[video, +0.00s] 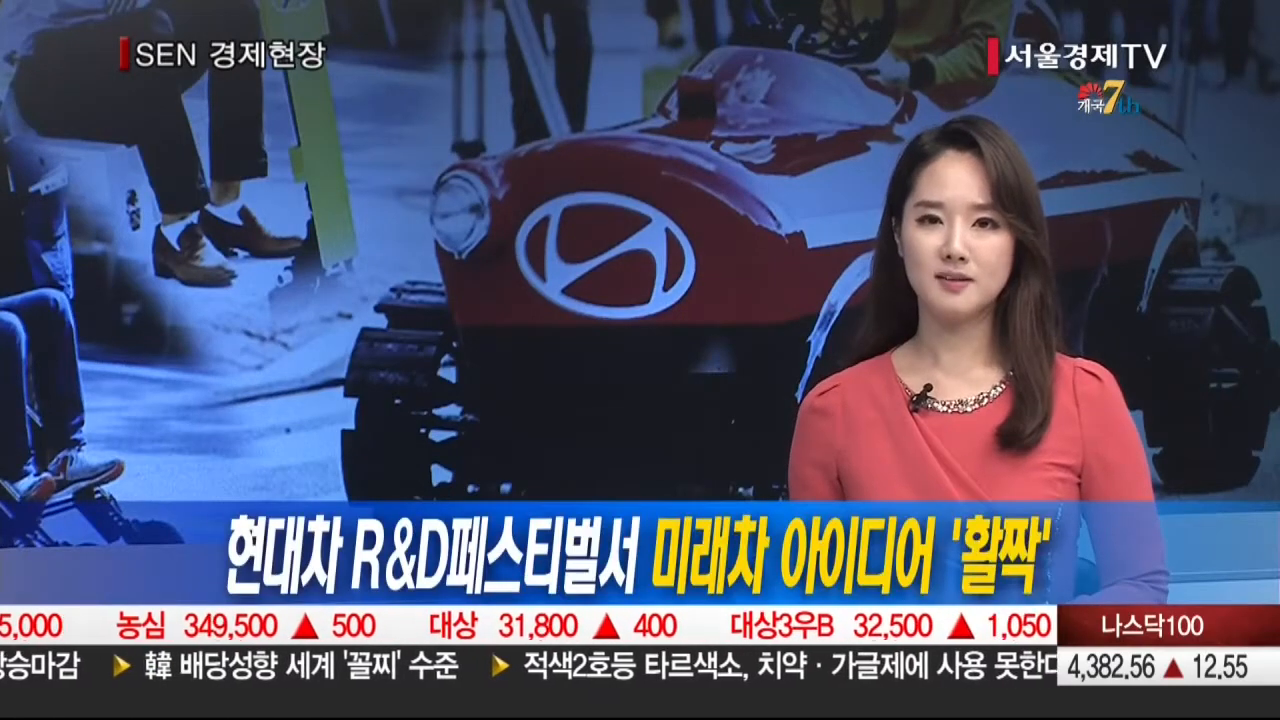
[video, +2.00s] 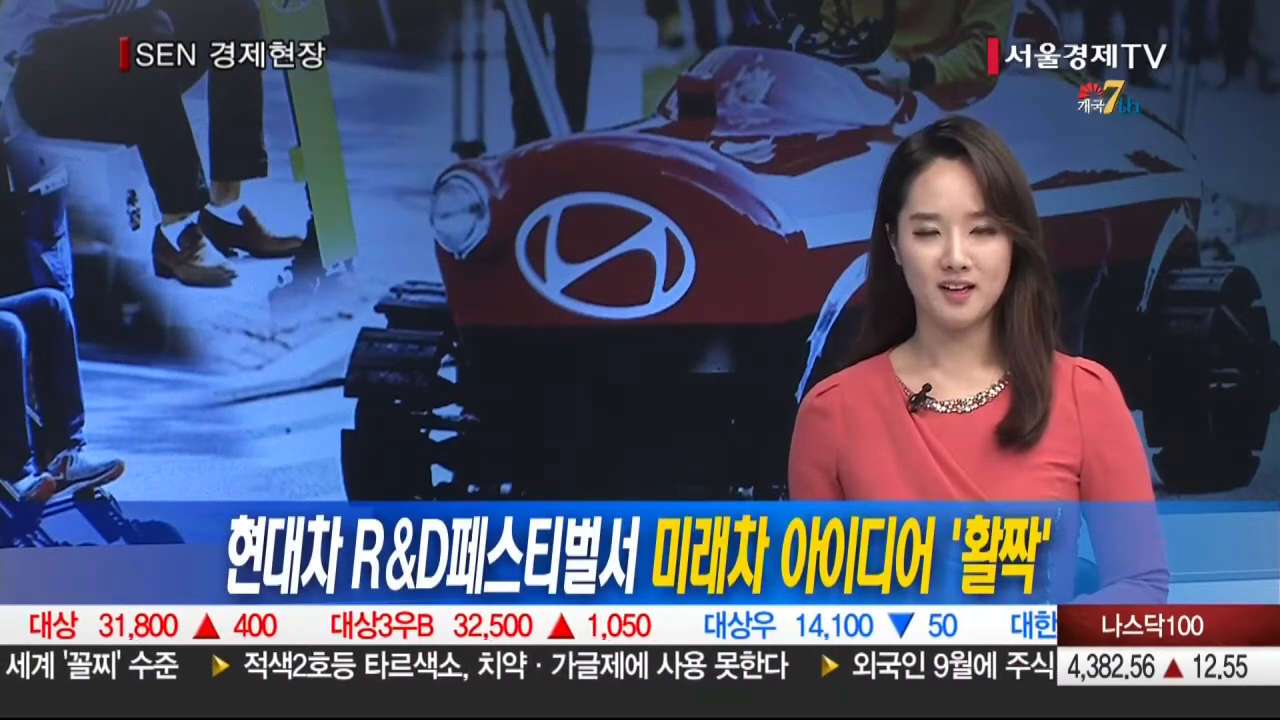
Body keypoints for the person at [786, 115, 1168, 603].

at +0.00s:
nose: (955, 247)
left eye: (985, 222)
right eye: (930, 219)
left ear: (1019, 244)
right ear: (898, 239)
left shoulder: (1086, 398)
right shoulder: (832, 413)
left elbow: (1140, 586)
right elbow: (811, 604)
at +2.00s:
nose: (956, 259)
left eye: (982, 230)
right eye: (928, 232)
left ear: (1017, 243)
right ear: (895, 245)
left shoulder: (1085, 397)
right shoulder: (831, 413)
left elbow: (1142, 583)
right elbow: (813, 604)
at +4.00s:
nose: (954, 257)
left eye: (982, 229)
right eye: (927, 228)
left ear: (1016, 246)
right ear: (893, 242)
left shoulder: (1083, 397)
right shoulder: (829, 415)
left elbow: (1143, 582)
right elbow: (811, 603)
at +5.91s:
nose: (951, 256)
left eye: (979, 229)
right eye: (924, 228)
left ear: (1013, 244)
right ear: (892, 244)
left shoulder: (1083, 396)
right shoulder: (829, 415)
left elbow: (1144, 581)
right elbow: (811, 605)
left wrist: (1033, 642)